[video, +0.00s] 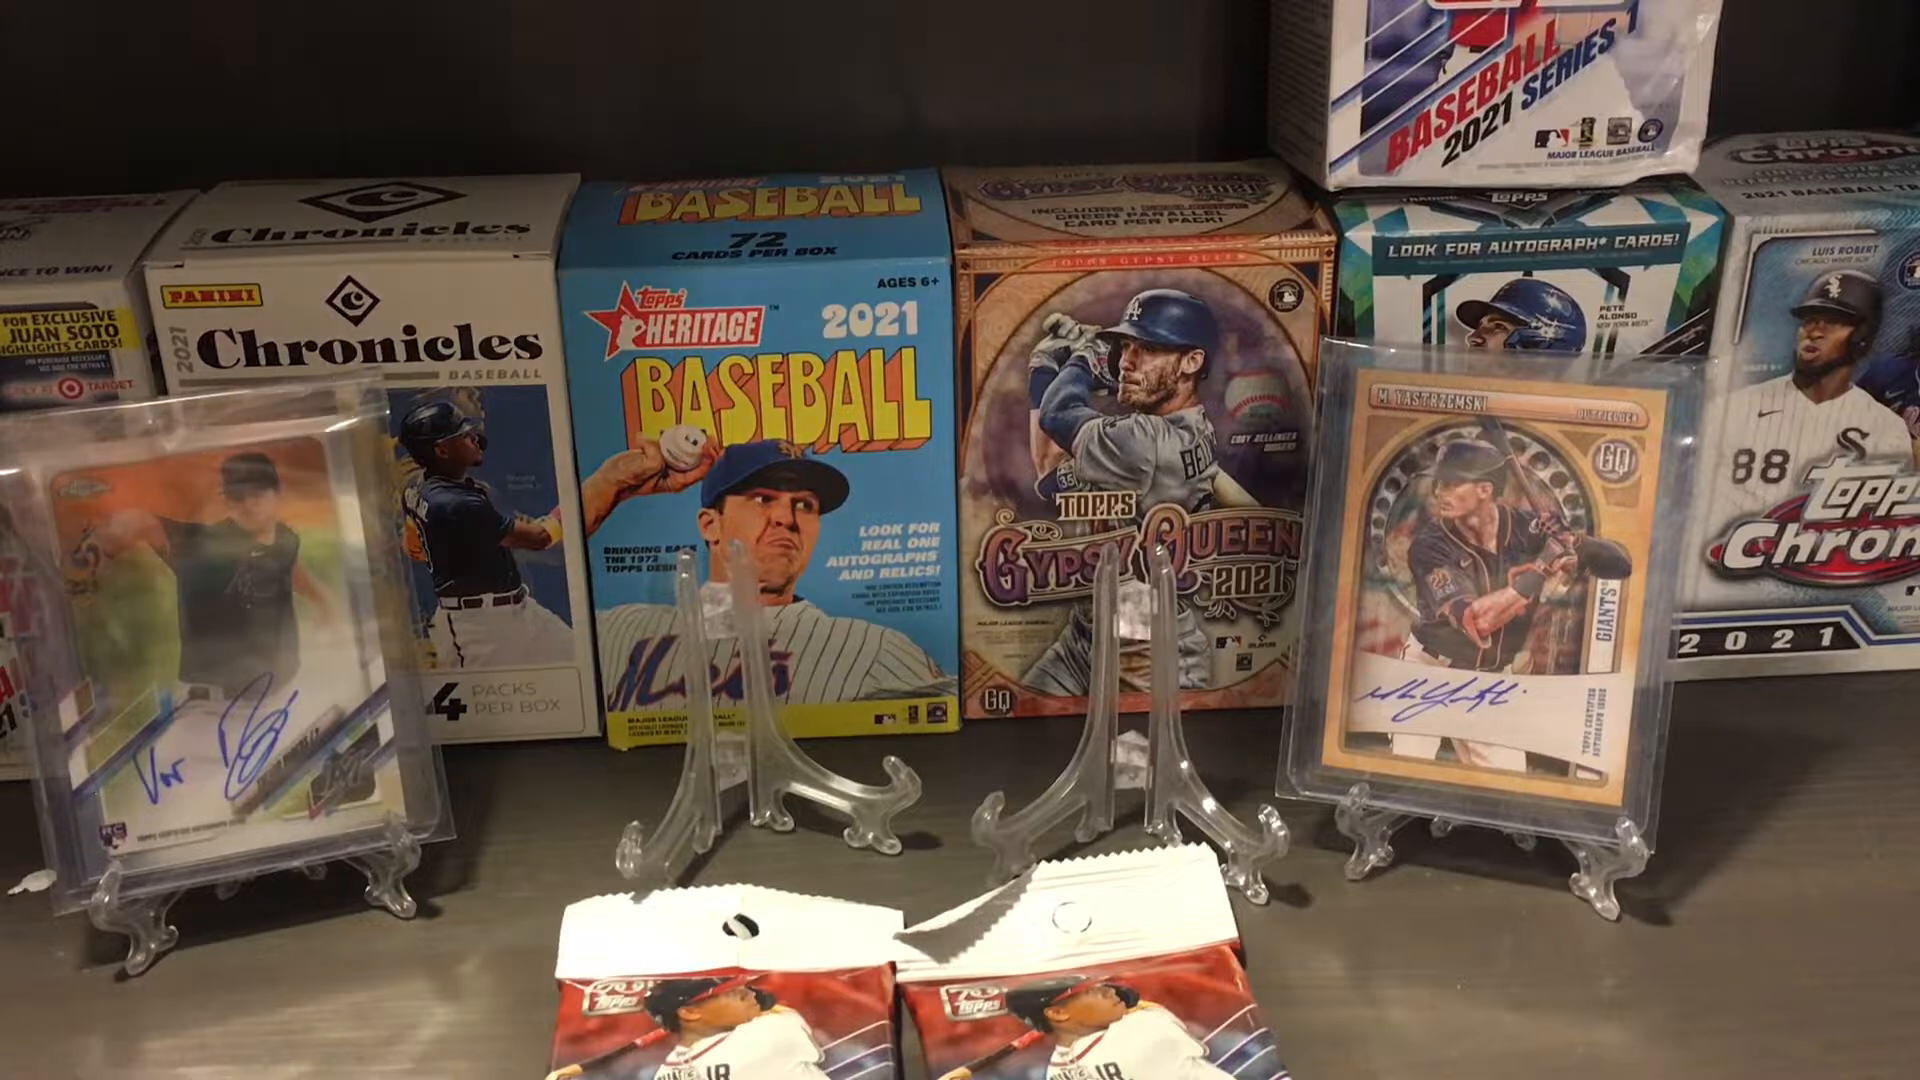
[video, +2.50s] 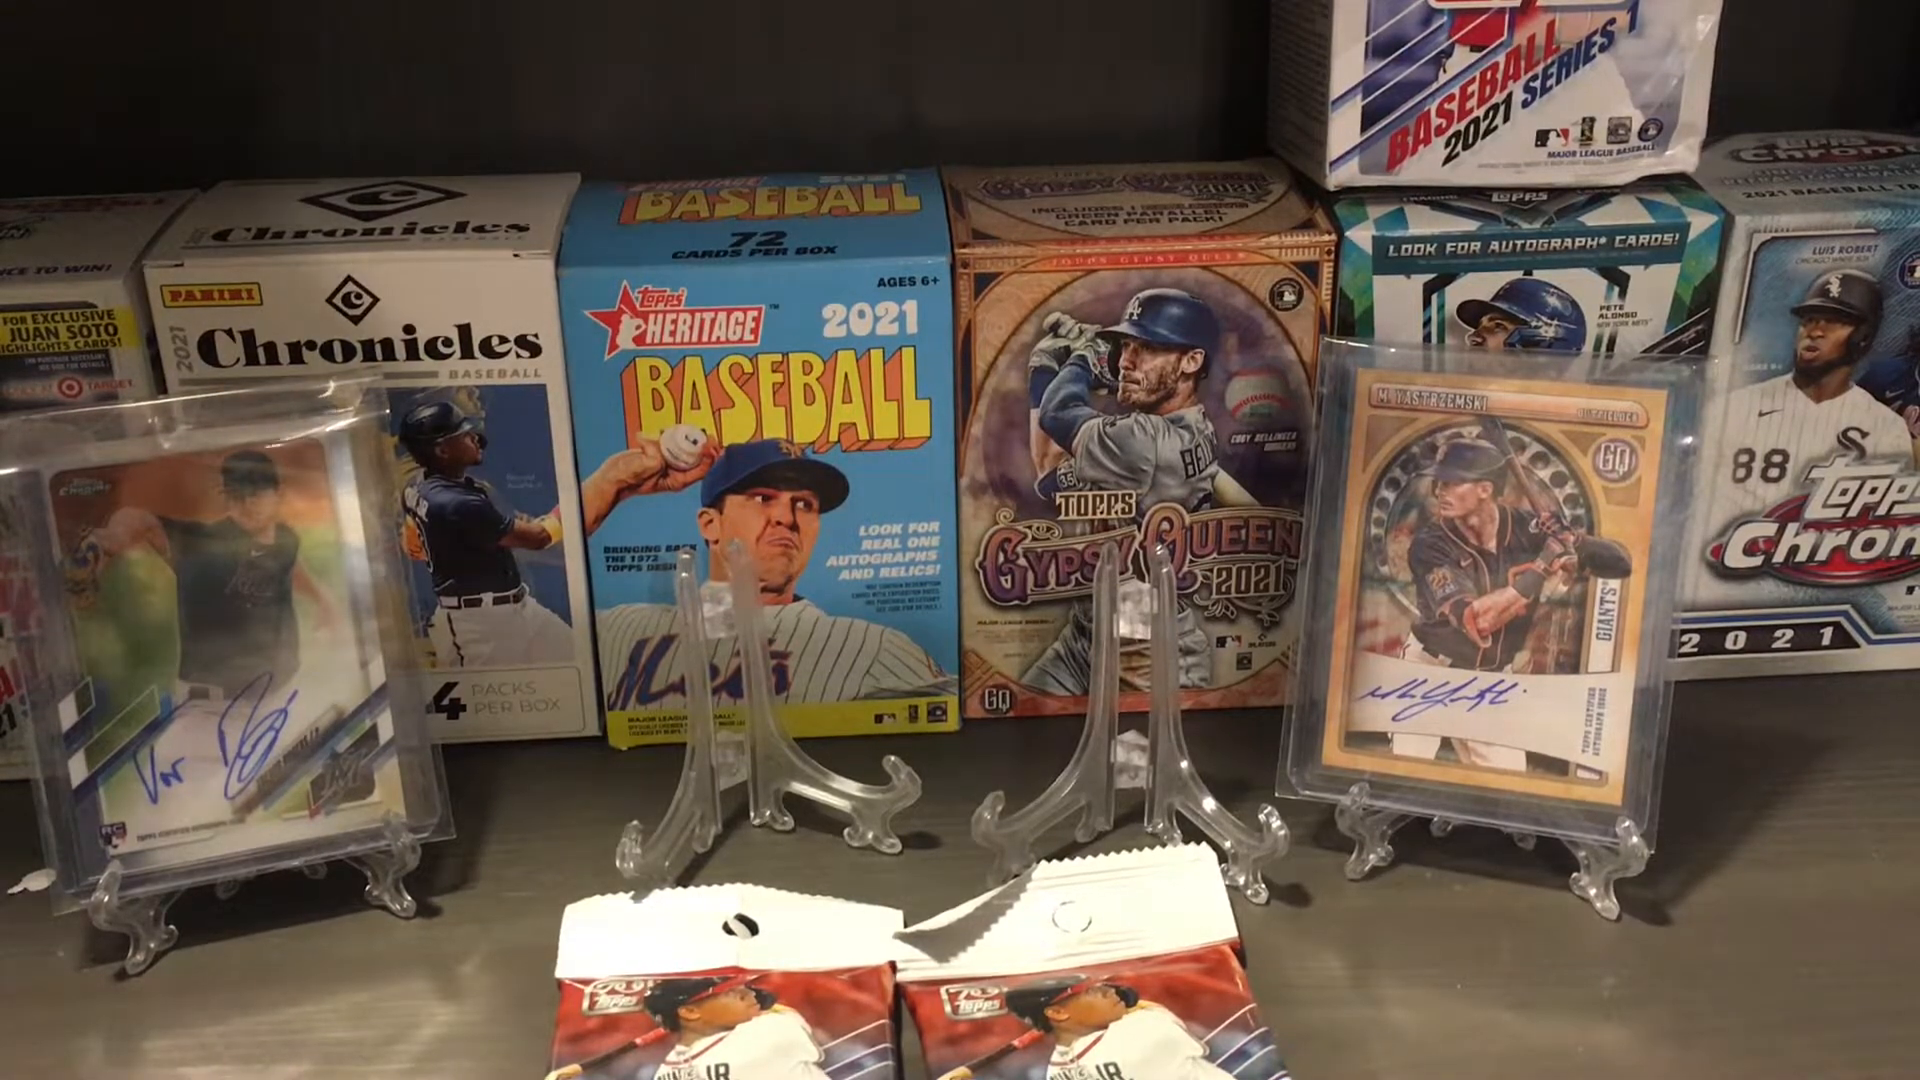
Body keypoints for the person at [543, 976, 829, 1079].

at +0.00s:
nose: (746, 993)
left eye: (737, 987)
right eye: (728, 993)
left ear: (689, 1015)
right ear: (691, 1015)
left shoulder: (665, 1072)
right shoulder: (780, 1033)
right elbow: (777, 1007)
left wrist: (578, 1072)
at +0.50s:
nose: (746, 994)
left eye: (739, 987)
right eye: (730, 994)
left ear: (689, 1015)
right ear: (692, 1015)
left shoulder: (665, 1071)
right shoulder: (778, 1034)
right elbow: (779, 1008)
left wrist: (578, 1072)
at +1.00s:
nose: (746, 993)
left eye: (737, 986)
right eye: (728, 993)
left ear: (690, 1015)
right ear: (692, 1015)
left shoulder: (666, 1071)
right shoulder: (779, 1033)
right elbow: (779, 1008)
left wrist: (579, 1071)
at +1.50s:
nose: (745, 993)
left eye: (737, 987)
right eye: (728, 993)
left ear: (690, 1015)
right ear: (692, 1014)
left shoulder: (666, 1071)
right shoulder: (779, 1033)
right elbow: (778, 1007)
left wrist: (579, 1071)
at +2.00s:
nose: (744, 992)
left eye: (735, 985)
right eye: (727, 992)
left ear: (690, 1014)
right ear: (692, 1014)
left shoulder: (665, 1071)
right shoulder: (777, 1033)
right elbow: (780, 1007)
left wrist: (579, 1071)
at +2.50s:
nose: (743, 992)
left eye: (733, 986)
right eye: (725, 993)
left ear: (690, 1014)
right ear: (691, 1014)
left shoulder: (665, 1071)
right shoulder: (778, 1032)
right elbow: (779, 1007)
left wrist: (578, 1071)